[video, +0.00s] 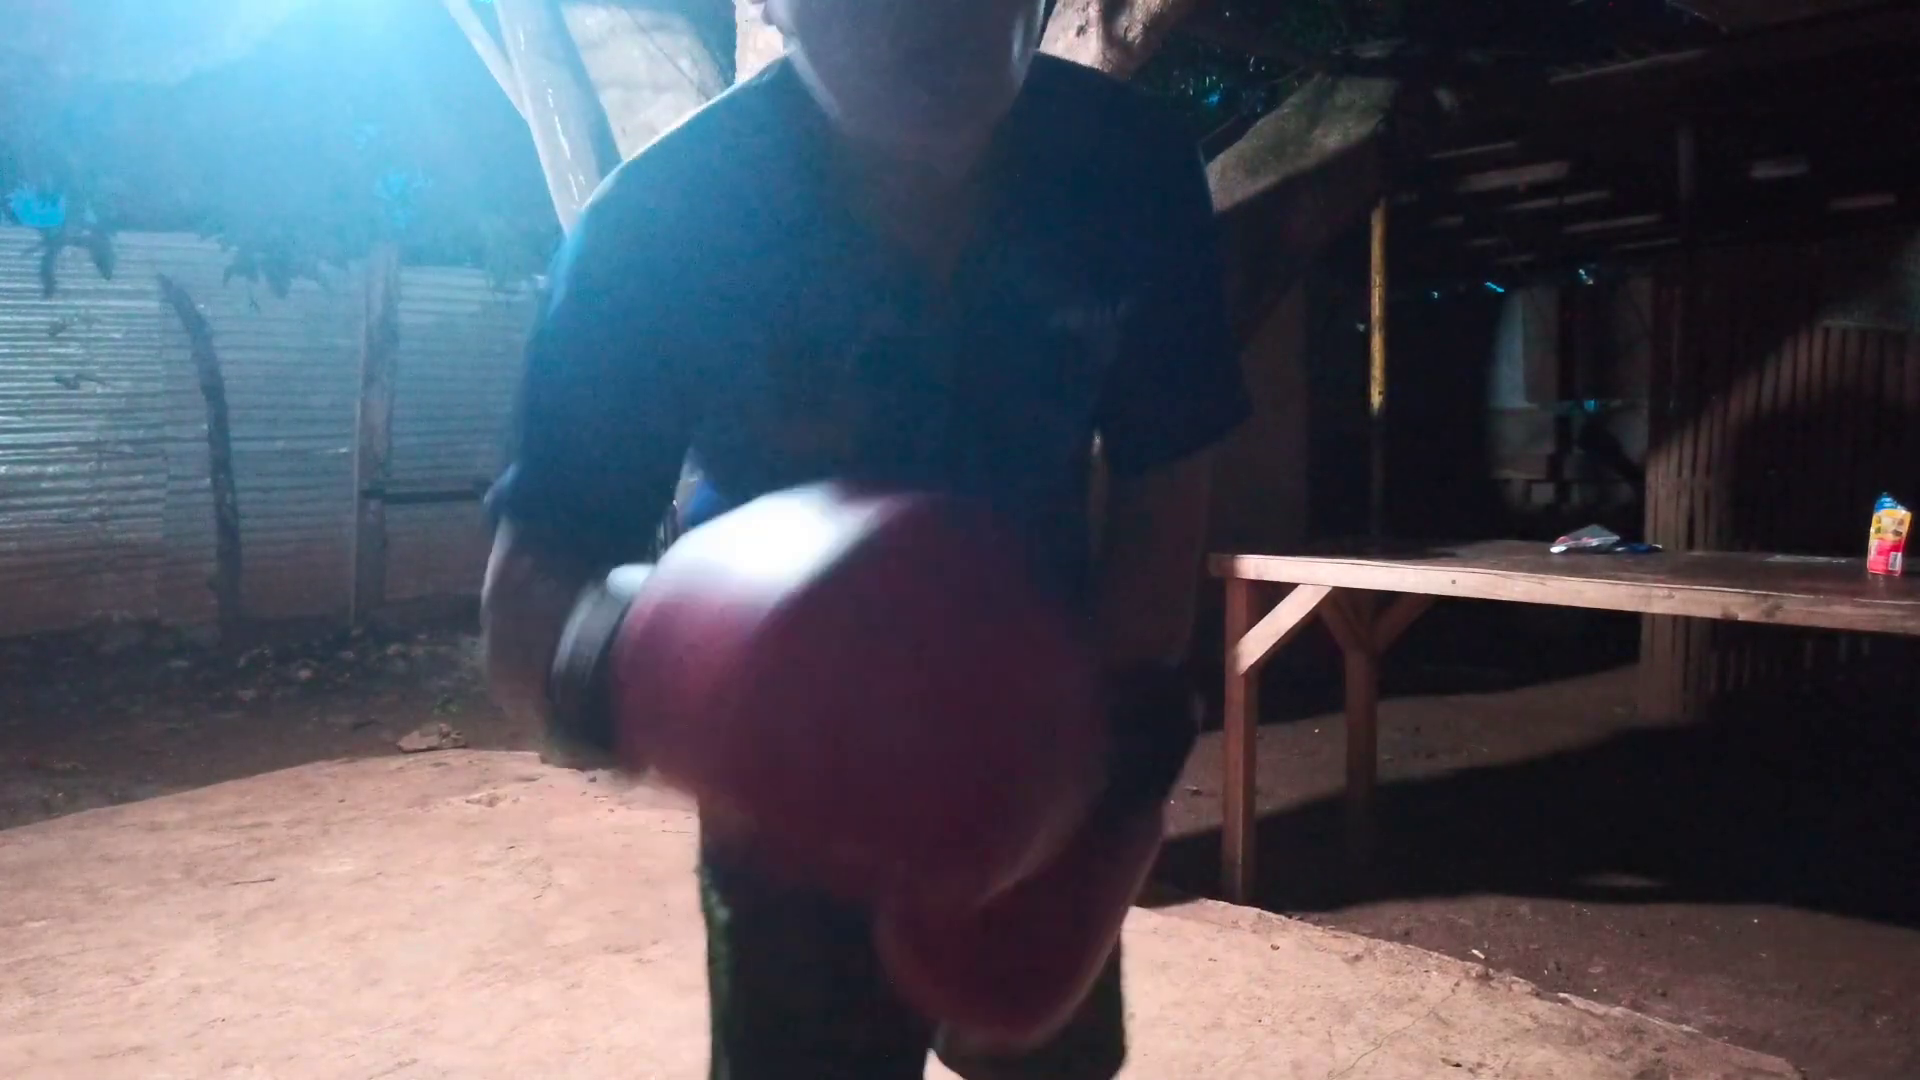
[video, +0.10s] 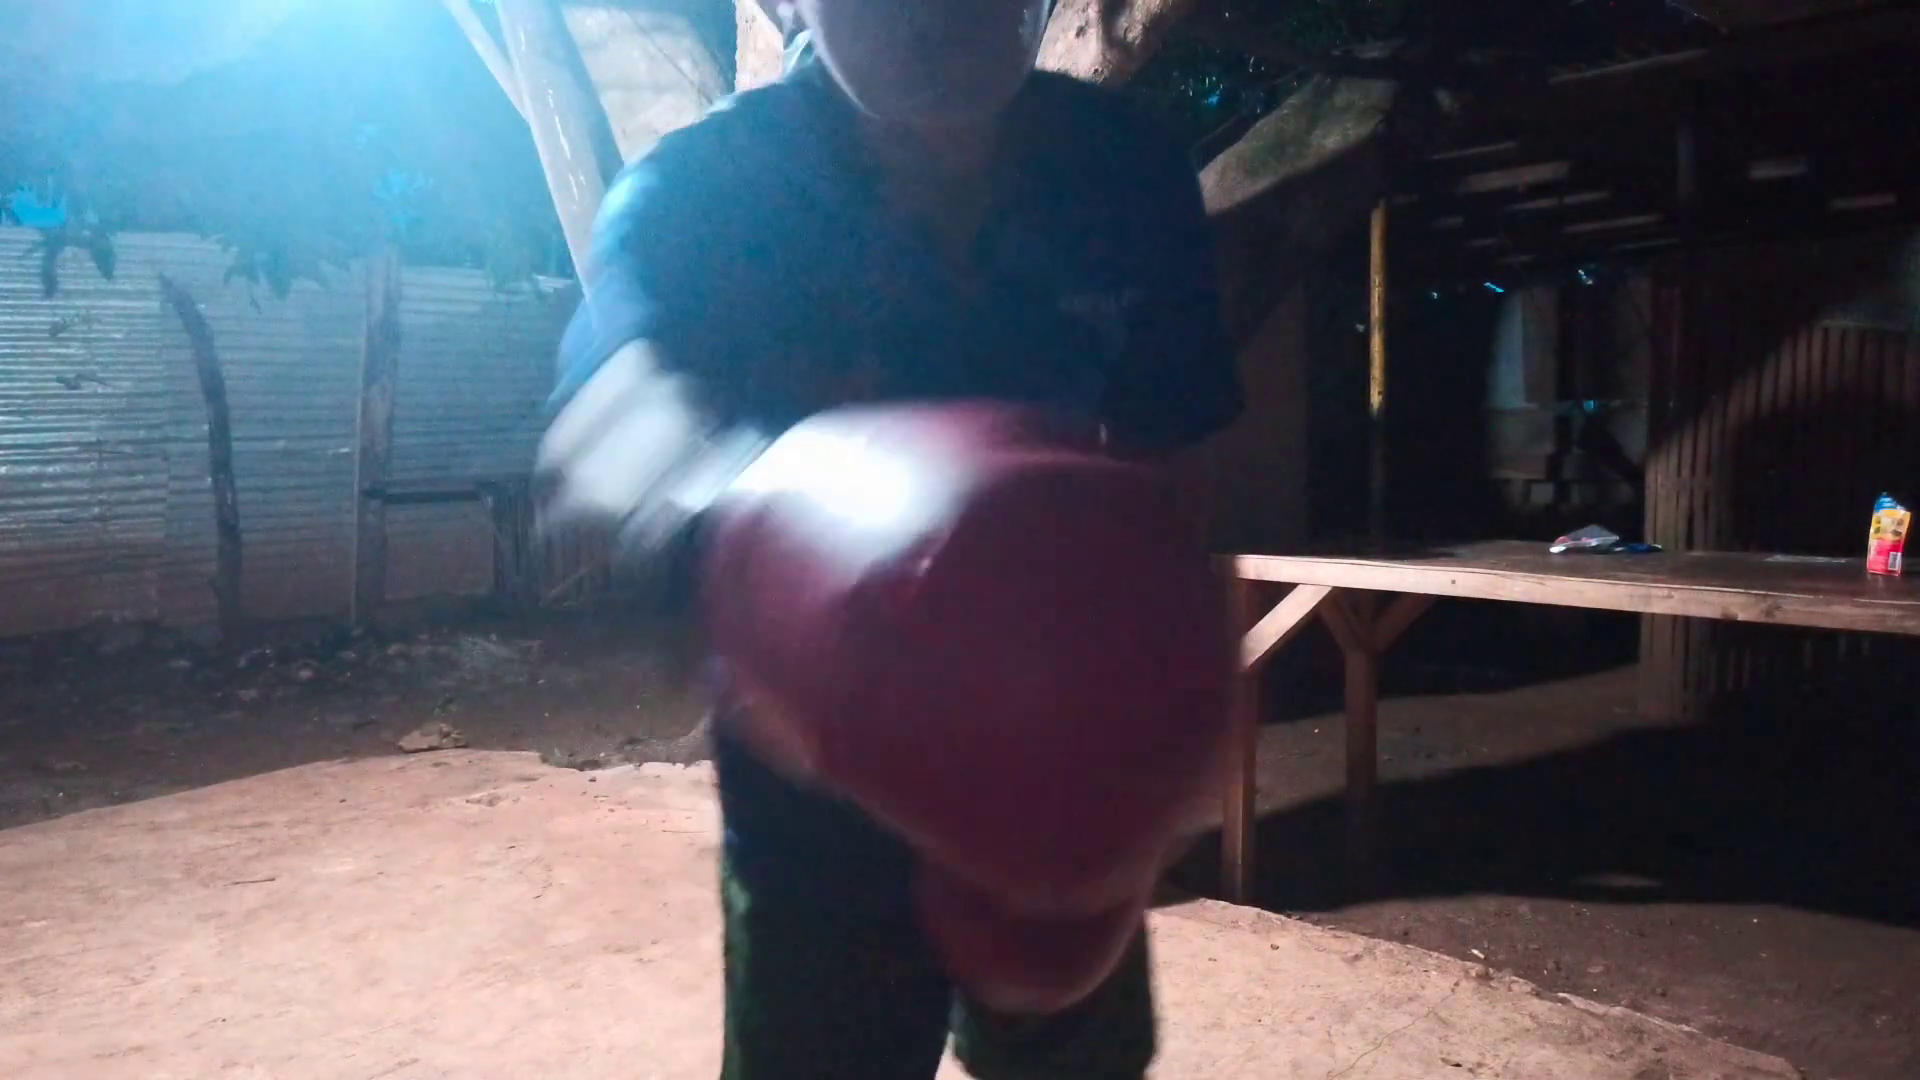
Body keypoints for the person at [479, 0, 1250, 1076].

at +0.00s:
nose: (939, 15)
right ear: (776, 6)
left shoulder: (1130, 162)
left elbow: (1164, 523)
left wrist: (1115, 816)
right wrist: (673, 667)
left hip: (1058, 761)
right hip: (802, 768)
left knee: (1058, 1057)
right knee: (796, 1061)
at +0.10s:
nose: (947, 16)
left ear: (1035, 4)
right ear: (803, 11)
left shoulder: (1123, 161)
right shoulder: (703, 185)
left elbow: (1176, 494)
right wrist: (750, 545)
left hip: (1065, 747)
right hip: (818, 760)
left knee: (1083, 1059)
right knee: (815, 1060)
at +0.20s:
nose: (966, 31)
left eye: (997, 9)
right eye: (916, 9)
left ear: (1048, 17)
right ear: (819, 16)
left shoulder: (1126, 170)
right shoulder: (747, 183)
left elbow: (1193, 489)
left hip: (1097, 708)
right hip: (864, 714)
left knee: (1117, 1055)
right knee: (836, 1058)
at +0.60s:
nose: (1055, 91)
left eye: (1091, 56)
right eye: (1021, 56)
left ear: (1144, 64)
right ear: (965, 59)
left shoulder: (1197, 237)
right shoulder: (895, 220)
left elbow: (1233, 498)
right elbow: (784, 452)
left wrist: (1264, 680)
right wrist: (867, 481)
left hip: (1140, 713)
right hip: (943, 719)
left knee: (1138, 1043)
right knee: (937, 1055)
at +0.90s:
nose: (1038, 58)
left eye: (1068, 28)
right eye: (1002, 24)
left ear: (1101, 41)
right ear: (927, 26)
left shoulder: (1154, 207)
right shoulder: (845, 215)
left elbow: (1214, 426)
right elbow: (816, 425)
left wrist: (1161, 519)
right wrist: (793, 436)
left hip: (1105, 683)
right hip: (916, 690)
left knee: (1094, 1023)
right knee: (901, 1038)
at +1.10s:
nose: (926, 59)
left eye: (957, 28)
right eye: (897, 28)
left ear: (1000, 37)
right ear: (843, 38)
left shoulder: (1080, 188)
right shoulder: (789, 217)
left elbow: (1104, 408)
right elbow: (745, 457)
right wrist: (734, 426)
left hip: (1051, 664)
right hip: (857, 673)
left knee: (1065, 1009)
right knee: (859, 1016)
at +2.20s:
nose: (811, 91)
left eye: (838, 65)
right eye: (782, 71)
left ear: (880, 78)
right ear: (742, 94)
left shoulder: (962, 224)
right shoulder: (704, 247)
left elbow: (1002, 442)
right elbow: (577, 424)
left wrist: (993, 620)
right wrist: (720, 460)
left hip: (945, 628)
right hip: (790, 645)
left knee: (937, 917)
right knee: (782, 963)